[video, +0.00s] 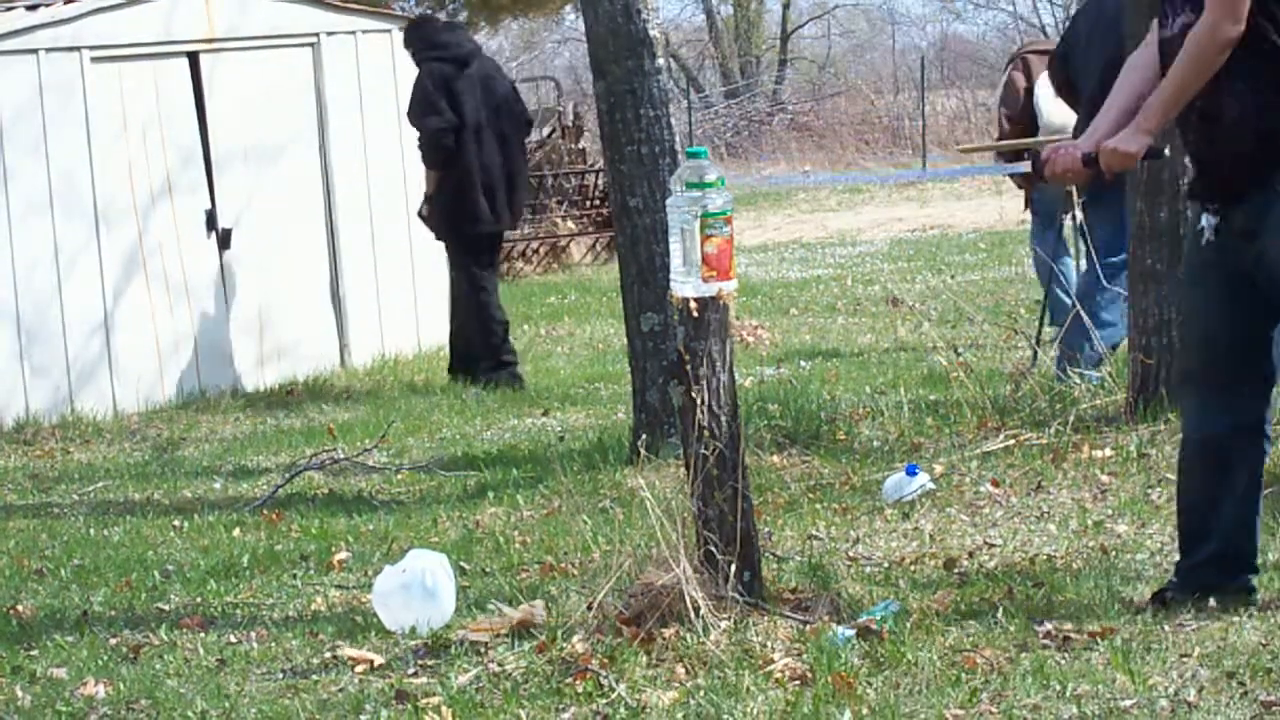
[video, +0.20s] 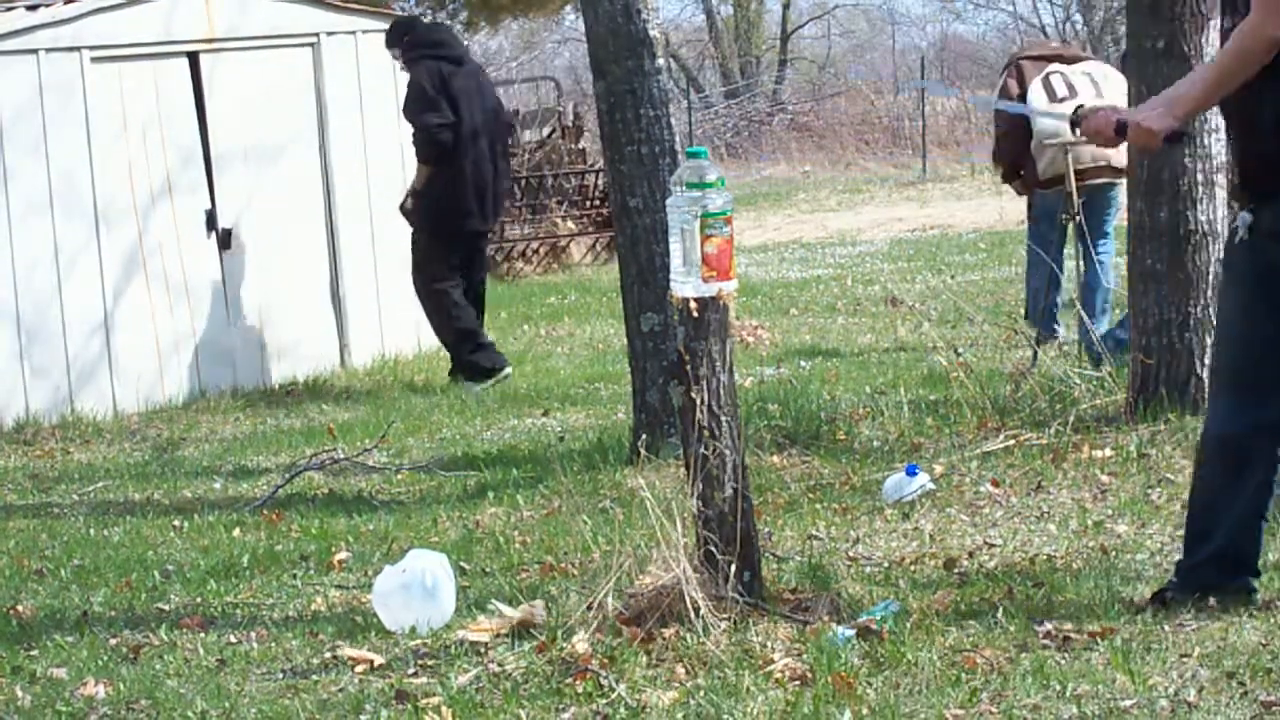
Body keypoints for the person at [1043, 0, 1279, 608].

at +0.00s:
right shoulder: (1183, 3)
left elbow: (1226, 22)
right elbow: (1152, 50)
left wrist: (1142, 128)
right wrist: (1086, 140)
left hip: (1264, 197)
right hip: (1226, 199)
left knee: (1227, 390)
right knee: (1217, 390)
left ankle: (1218, 573)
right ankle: (1214, 574)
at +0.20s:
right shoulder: (1243, 19)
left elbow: (1266, 28)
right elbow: (1223, 75)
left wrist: (1172, 107)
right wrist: (1134, 117)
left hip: (1265, 222)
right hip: (1259, 218)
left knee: (1244, 405)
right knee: (1241, 405)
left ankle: (1215, 574)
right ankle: (1214, 574)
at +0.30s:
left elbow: (1273, 32)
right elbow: (1259, 57)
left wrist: (1195, 86)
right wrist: (1165, 78)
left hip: (1274, 215)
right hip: (1271, 212)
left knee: (1251, 399)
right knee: (1249, 399)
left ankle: (1214, 572)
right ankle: (1214, 571)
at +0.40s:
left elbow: (1266, 26)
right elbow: (1264, 26)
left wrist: (1195, 41)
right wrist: (1205, 28)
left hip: (1276, 212)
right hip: (1275, 211)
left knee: (1253, 391)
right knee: (1252, 391)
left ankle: (1211, 568)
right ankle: (1212, 568)